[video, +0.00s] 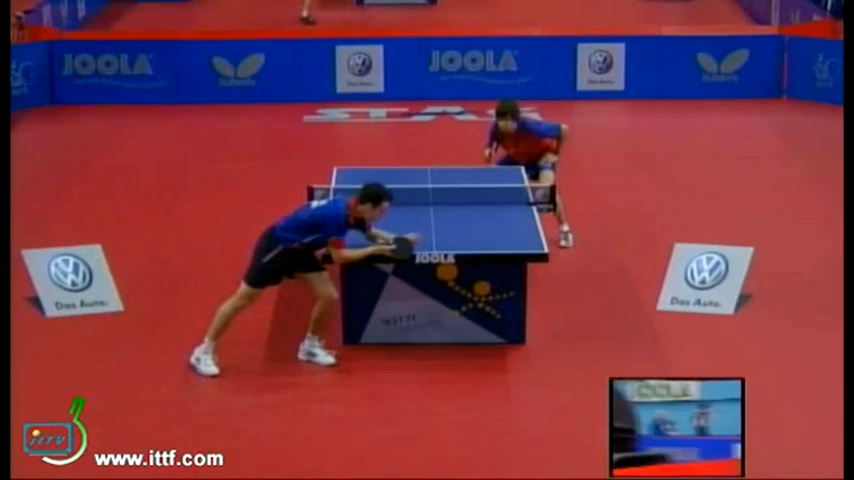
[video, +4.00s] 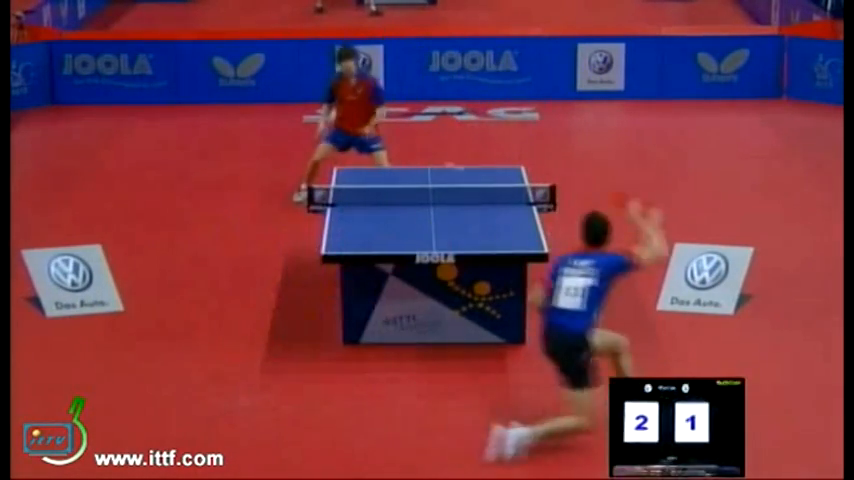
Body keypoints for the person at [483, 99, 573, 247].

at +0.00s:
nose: (505, 125)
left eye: (509, 121)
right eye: (502, 121)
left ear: (516, 119)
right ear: (498, 120)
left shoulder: (531, 127)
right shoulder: (497, 128)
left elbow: (563, 129)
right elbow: (493, 141)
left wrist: (556, 154)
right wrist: (489, 151)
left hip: (541, 158)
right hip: (516, 158)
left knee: (549, 191)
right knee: (493, 178)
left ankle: (564, 228)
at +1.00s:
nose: (509, 104)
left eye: (512, 100)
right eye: (506, 100)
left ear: (519, 100)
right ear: (502, 100)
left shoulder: (532, 112)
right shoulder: (501, 112)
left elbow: (561, 126)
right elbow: (492, 130)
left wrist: (554, 152)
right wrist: (494, 144)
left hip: (537, 157)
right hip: (512, 156)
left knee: (546, 192)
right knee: (493, 183)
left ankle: (563, 228)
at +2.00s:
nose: (494, 103)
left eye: (498, 99)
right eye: (491, 98)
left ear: (504, 100)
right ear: (487, 99)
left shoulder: (516, 116)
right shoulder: (480, 114)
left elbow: (541, 135)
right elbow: (454, 131)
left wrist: (540, 150)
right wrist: (457, 144)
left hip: (509, 167)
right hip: (483, 167)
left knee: (526, 199)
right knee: (476, 202)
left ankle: (537, 231)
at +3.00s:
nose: (461, 90)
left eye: (464, 86)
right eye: (458, 86)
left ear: (473, 86)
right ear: (455, 87)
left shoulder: (487, 100)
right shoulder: (456, 103)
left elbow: (515, 114)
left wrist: (523, 138)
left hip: (503, 156)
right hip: (476, 154)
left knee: (522, 190)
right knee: (448, 180)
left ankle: (551, 217)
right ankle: (443, 220)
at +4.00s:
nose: (347, 67)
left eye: (350, 62)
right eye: (344, 63)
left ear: (356, 63)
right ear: (339, 65)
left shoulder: (370, 83)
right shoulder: (336, 83)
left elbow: (381, 110)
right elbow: (327, 106)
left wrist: (370, 126)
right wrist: (322, 124)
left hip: (365, 130)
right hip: (342, 130)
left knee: (383, 165)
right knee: (316, 159)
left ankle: (391, 198)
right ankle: (305, 188)